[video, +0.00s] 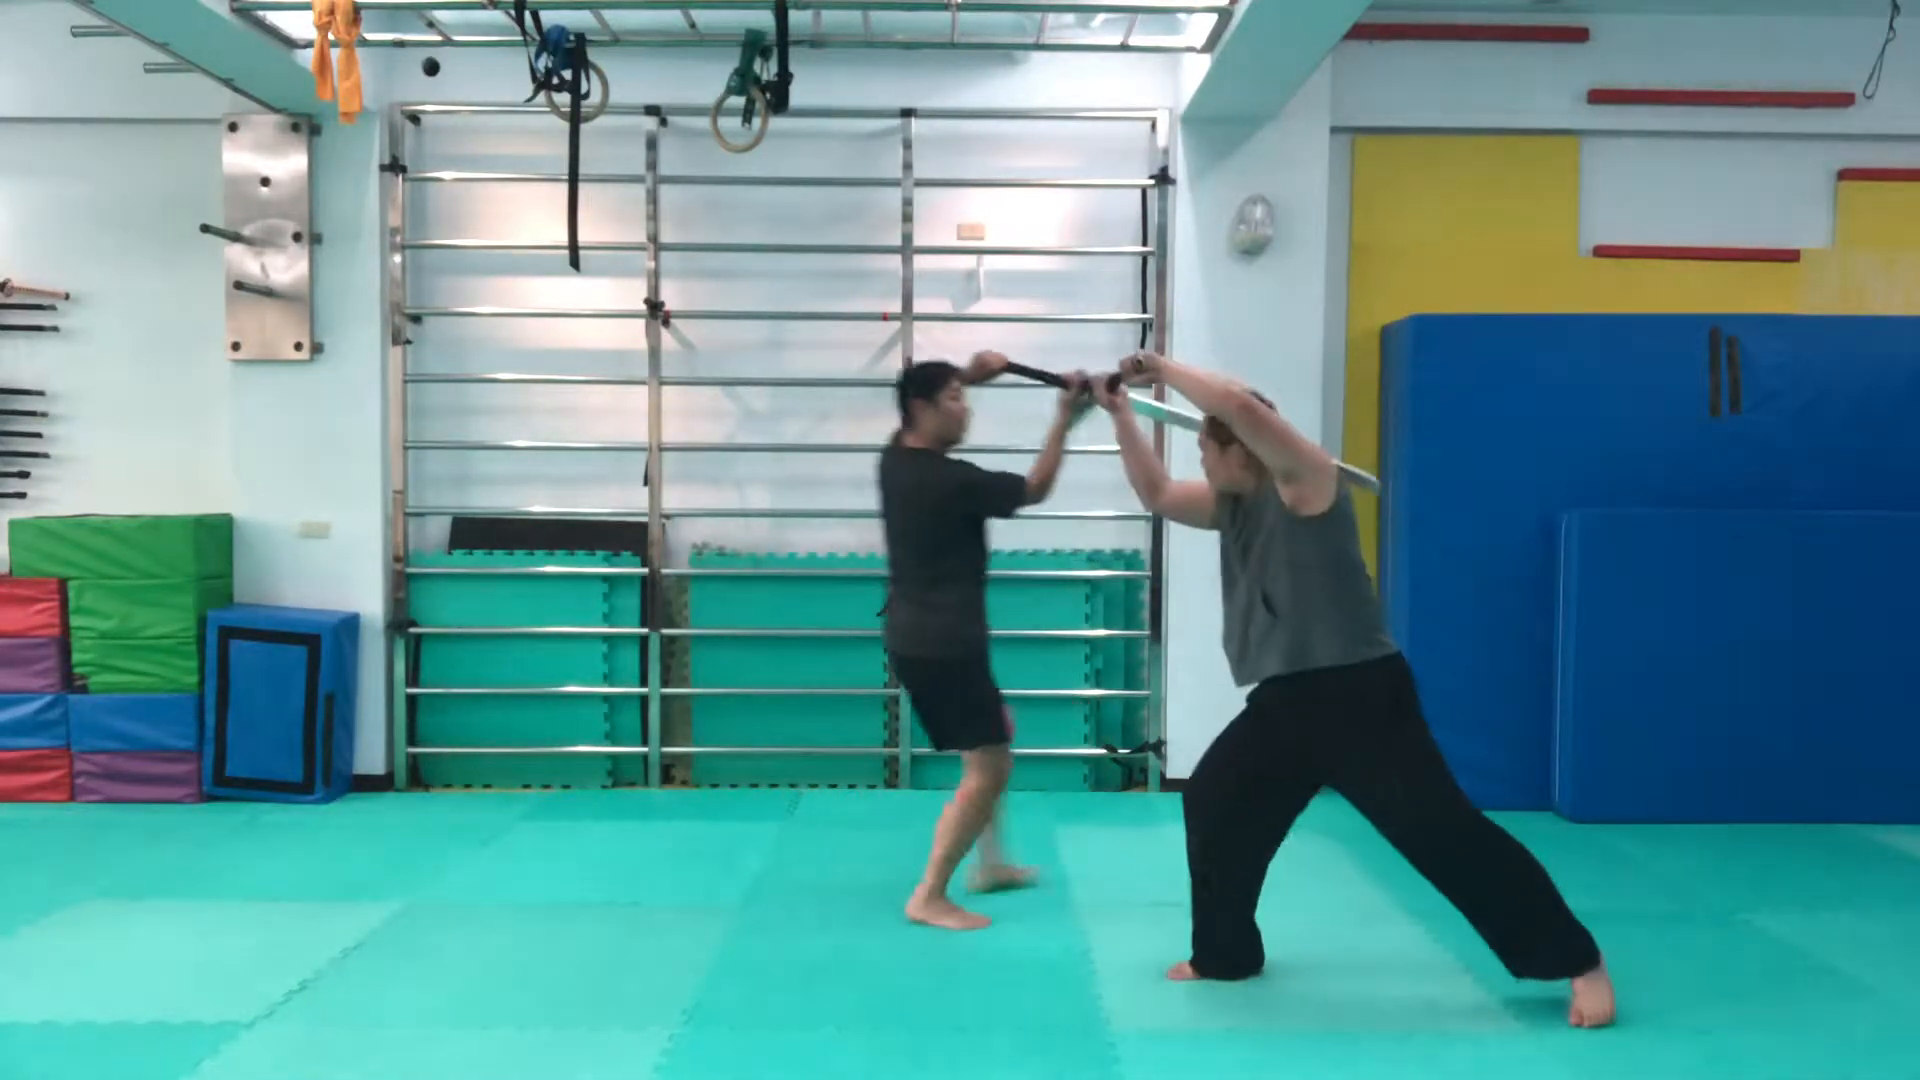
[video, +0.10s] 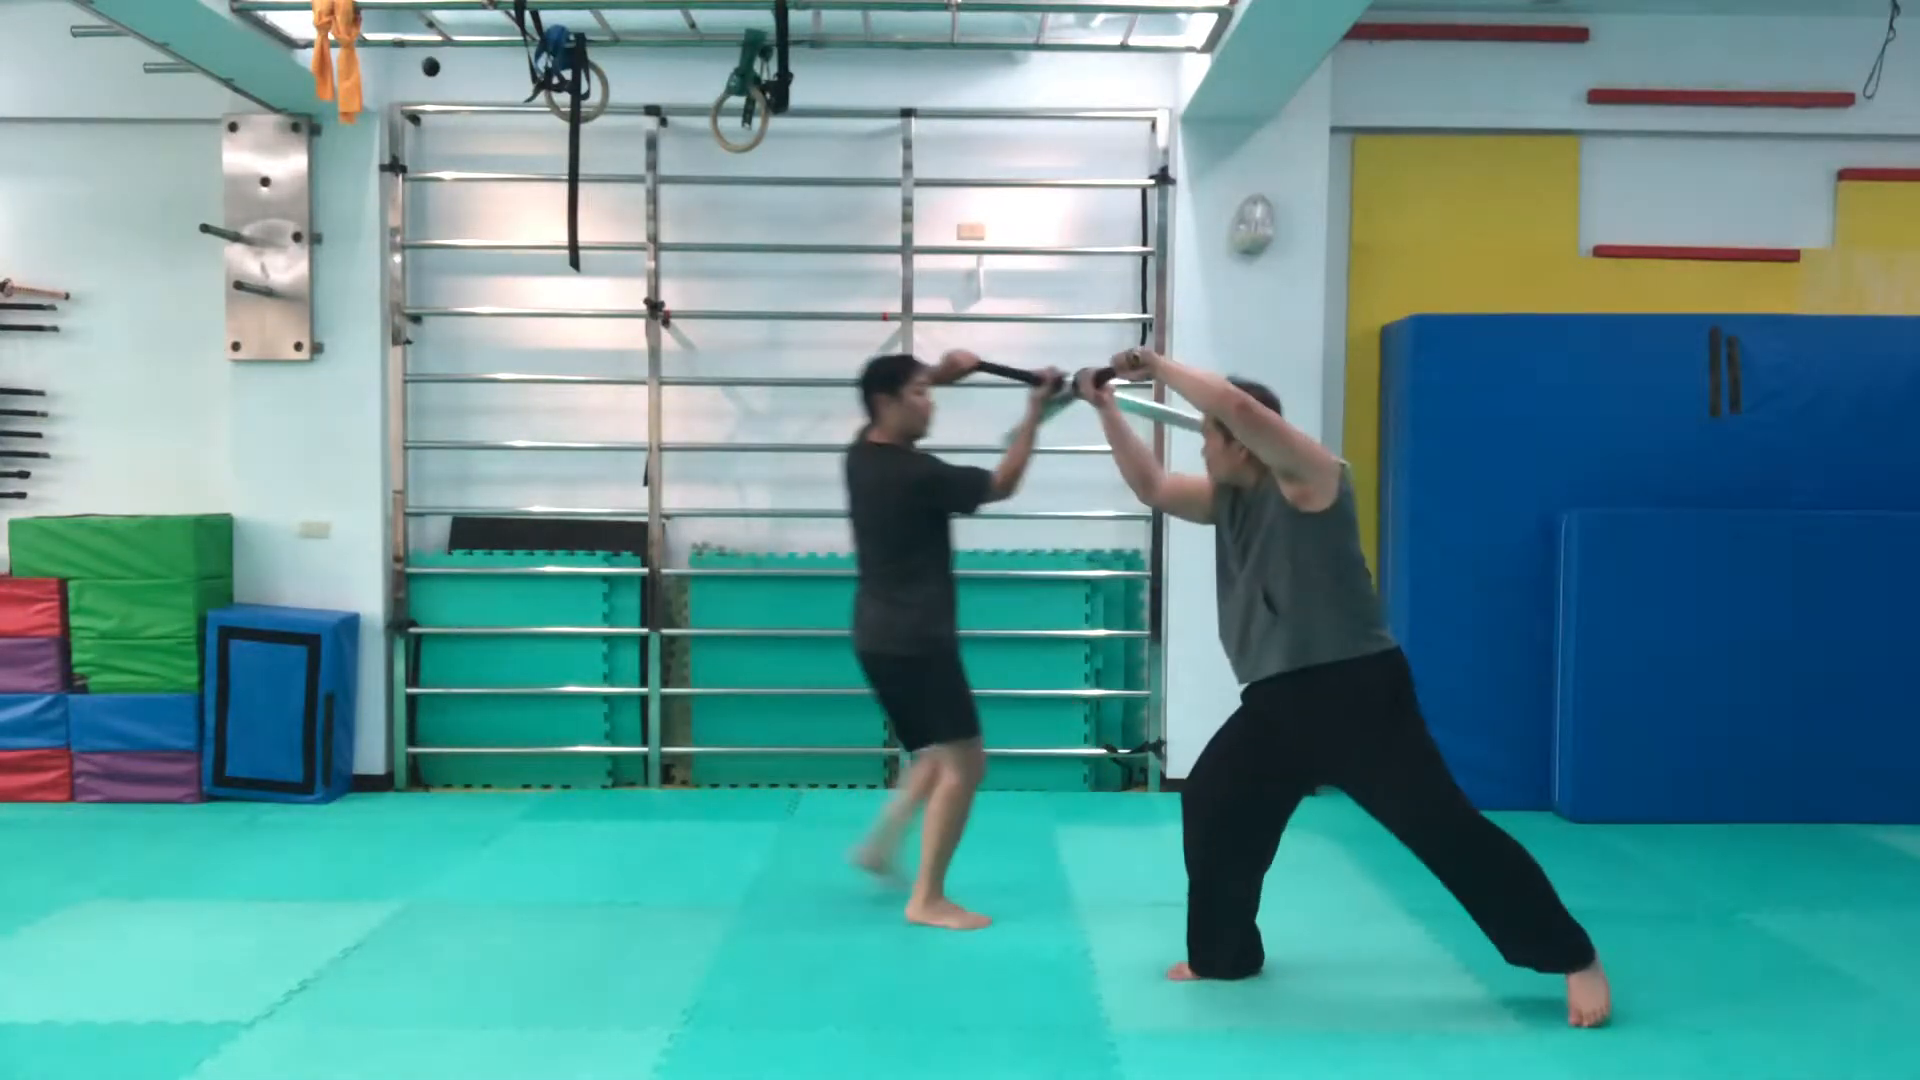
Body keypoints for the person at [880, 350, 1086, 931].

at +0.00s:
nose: (965, 410)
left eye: (964, 400)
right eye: (956, 401)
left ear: (915, 413)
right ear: (925, 411)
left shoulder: (895, 462)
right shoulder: (952, 479)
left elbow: (928, 420)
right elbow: (1035, 487)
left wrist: (969, 377)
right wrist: (1063, 418)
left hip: (914, 642)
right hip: (948, 648)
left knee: (993, 736)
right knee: (988, 765)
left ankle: (990, 866)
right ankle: (929, 896)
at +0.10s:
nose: (929, 403)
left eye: (927, 393)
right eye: (919, 395)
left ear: (882, 407)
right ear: (888, 404)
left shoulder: (861, 457)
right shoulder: (917, 472)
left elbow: (896, 415)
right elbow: (1001, 483)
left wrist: (938, 376)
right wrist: (1033, 413)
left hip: (879, 641)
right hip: (920, 644)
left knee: (936, 753)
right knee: (964, 761)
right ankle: (927, 898)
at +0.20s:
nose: (887, 404)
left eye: (886, 394)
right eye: (878, 395)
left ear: (841, 405)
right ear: (844, 404)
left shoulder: (825, 458)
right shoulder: (875, 473)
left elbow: (861, 411)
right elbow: (962, 486)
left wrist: (901, 380)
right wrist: (1000, 416)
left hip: (849, 642)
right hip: (889, 644)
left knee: (887, 753)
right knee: (940, 762)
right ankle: (925, 900)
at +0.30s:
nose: (846, 407)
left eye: (844, 398)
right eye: (834, 400)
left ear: (802, 413)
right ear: (800, 412)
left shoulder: (787, 464)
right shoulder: (826, 480)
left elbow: (826, 409)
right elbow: (919, 495)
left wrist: (868, 394)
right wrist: (958, 427)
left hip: (811, 647)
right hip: (847, 650)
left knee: (809, 760)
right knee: (904, 760)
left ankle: (697, 858)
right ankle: (922, 901)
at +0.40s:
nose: (808, 413)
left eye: (804, 400)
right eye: (794, 403)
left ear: (757, 419)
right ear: (760, 416)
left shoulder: (744, 471)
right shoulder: (781, 486)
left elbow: (785, 453)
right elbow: (876, 511)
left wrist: (825, 427)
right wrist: (916, 452)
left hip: (759, 657)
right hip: (793, 661)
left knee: (741, 775)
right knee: (864, 767)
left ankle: (663, 890)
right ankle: (911, 898)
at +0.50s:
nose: (774, 404)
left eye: (771, 393)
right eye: (761, 396)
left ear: (726, 411)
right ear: (727, 409)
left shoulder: (706, 471)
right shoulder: (746, 481)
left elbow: (744, 506)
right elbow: (830, 531)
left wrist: (788, 471)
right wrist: (875, 493)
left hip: (719, 657)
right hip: (752, 658)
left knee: (721, 774)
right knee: (827, 758)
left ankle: (657, 895)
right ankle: (857, 896)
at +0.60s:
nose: (750, 395)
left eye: (747, 384)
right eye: (738, 386)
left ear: (701, 399)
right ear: (703, 398)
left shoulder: (671, 466)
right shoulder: (723, 470)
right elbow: (782, 549)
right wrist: (839, 530)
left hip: (690, 649)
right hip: (730, 648)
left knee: (704, 765)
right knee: (797, 751)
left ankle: (656, 893)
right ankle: (765, 900)